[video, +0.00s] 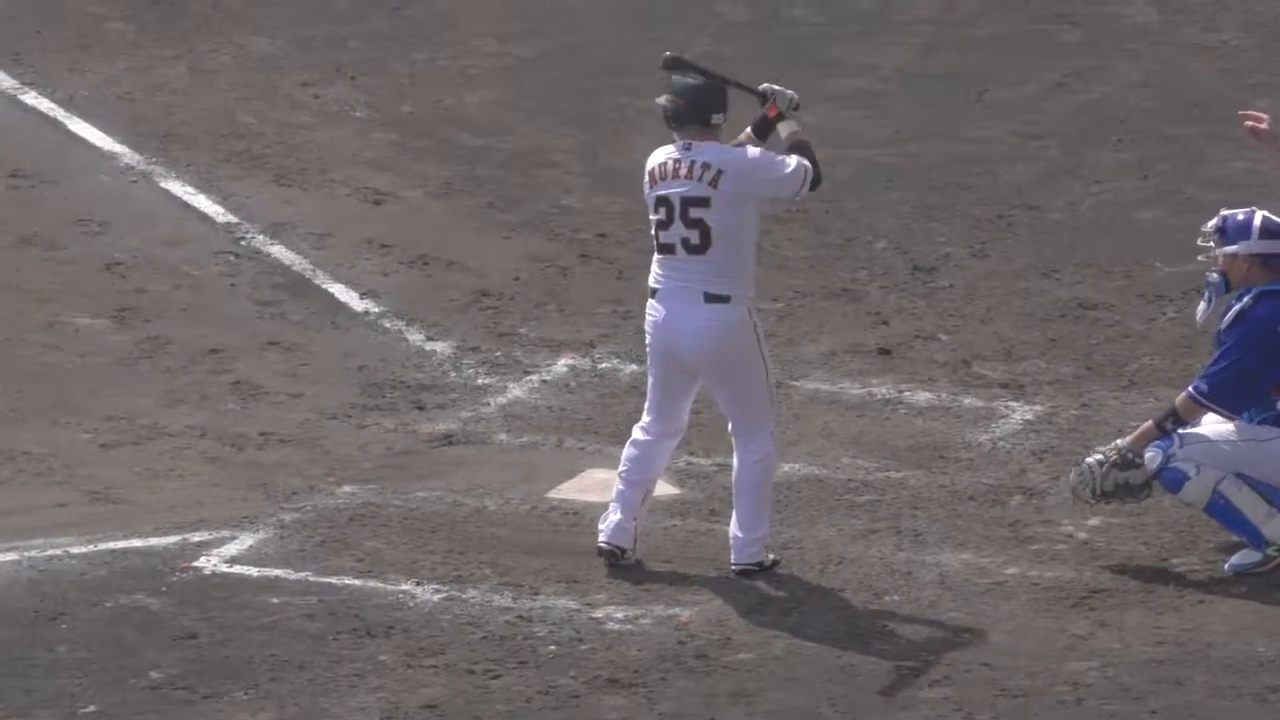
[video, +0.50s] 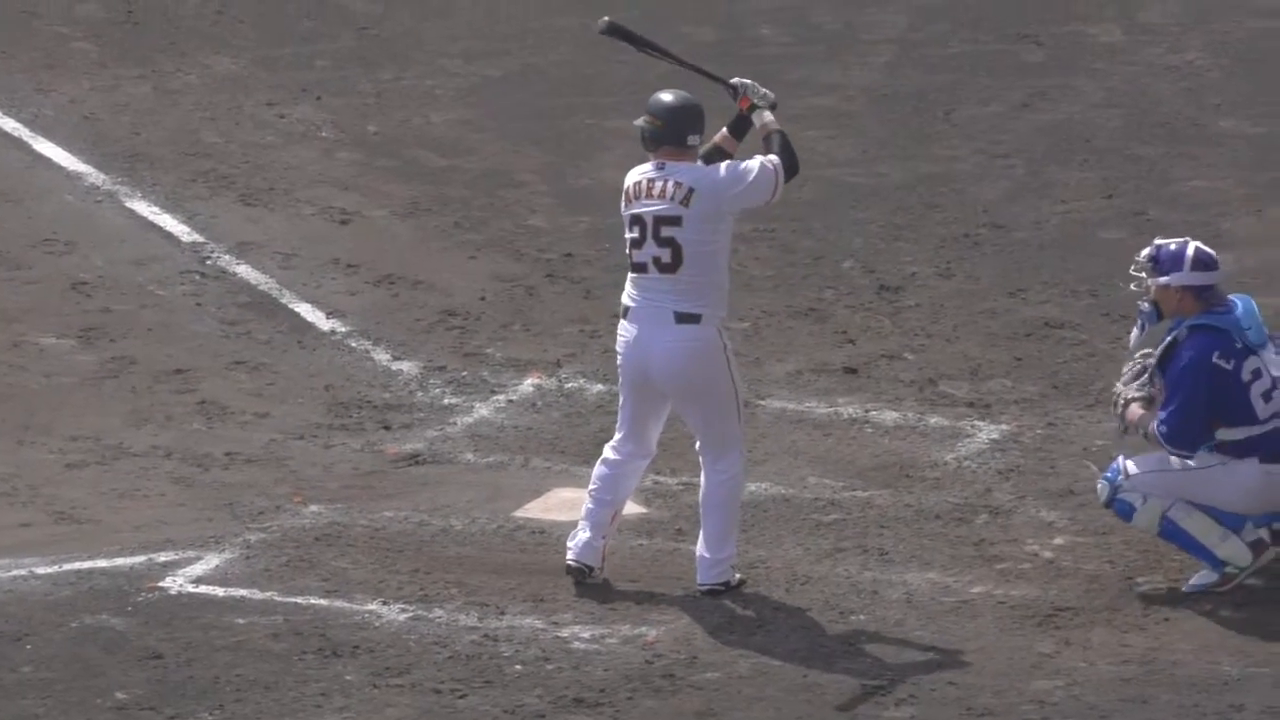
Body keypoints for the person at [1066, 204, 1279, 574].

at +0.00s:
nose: (1216, 262)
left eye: (1223, 254)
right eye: (1218, 254)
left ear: (1248, 261)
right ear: (1250, 261)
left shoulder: (1262, 318)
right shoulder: (1258, 304)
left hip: (1272, 444)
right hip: (1266, 432)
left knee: (1169, 455)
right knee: (1191, 430)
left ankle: (1271, 538)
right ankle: (1267, 515)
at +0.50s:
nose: (1149, 292)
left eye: (1155, 285)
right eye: (1151, 284)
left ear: (1180, 293)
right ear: (1200, 290)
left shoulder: (1196, 352)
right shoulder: (1238, 313)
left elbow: (1179, 439)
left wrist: (1141, 417)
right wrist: (1158, 386)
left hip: (1258, 476)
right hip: (1269, 461)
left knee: (1120, 483)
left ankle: (1233, 557)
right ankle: (1254, 530)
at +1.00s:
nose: (1114, 314)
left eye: (1120, 307)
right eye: (1116, 306)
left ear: (1144, 314)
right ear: (1168, 307)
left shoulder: (1159, 375)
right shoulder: (1201, 321)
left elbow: (1129, 458)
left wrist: (1107, 414)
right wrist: (1124, 384)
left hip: (1233, 491)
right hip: (1269, 467)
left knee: (1088, 501)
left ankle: (1205, 564)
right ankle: (1221, 523)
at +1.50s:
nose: (1105, 321)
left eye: (1112, 314)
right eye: (1107, 312)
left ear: (1135, 321)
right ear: (1162, 315)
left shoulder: (1145, 368)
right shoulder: (1196, 339)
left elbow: (1111, 450)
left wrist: (1068, 469)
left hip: (1194, 494)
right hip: (1231, 483)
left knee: (1073, 543)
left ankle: (1184, 582)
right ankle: (1204, 566)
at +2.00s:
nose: (1069, 337)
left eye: (1076, 330)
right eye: (1070, 329)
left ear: (1104, 337)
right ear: (1117, 335)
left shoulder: (1099, 387)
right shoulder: (1158, 357)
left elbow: (1020, 431)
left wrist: (962, 421)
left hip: (1194, 495)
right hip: (1237, 474)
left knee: (1063, 564)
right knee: (1143, 465)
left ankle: (1178, 579)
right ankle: (1200, 546)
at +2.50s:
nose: (1058, 336)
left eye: (1065, 329)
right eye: (1060, 328)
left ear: (1090, 337)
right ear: (1106, 333)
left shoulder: (1092, 389)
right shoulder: (1148, 347)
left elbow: (1019, 431)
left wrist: (968, 430)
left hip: (1192, 490)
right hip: (1230, 470)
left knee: (1060, 562)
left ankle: (1174, 577)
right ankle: (1197, 540)